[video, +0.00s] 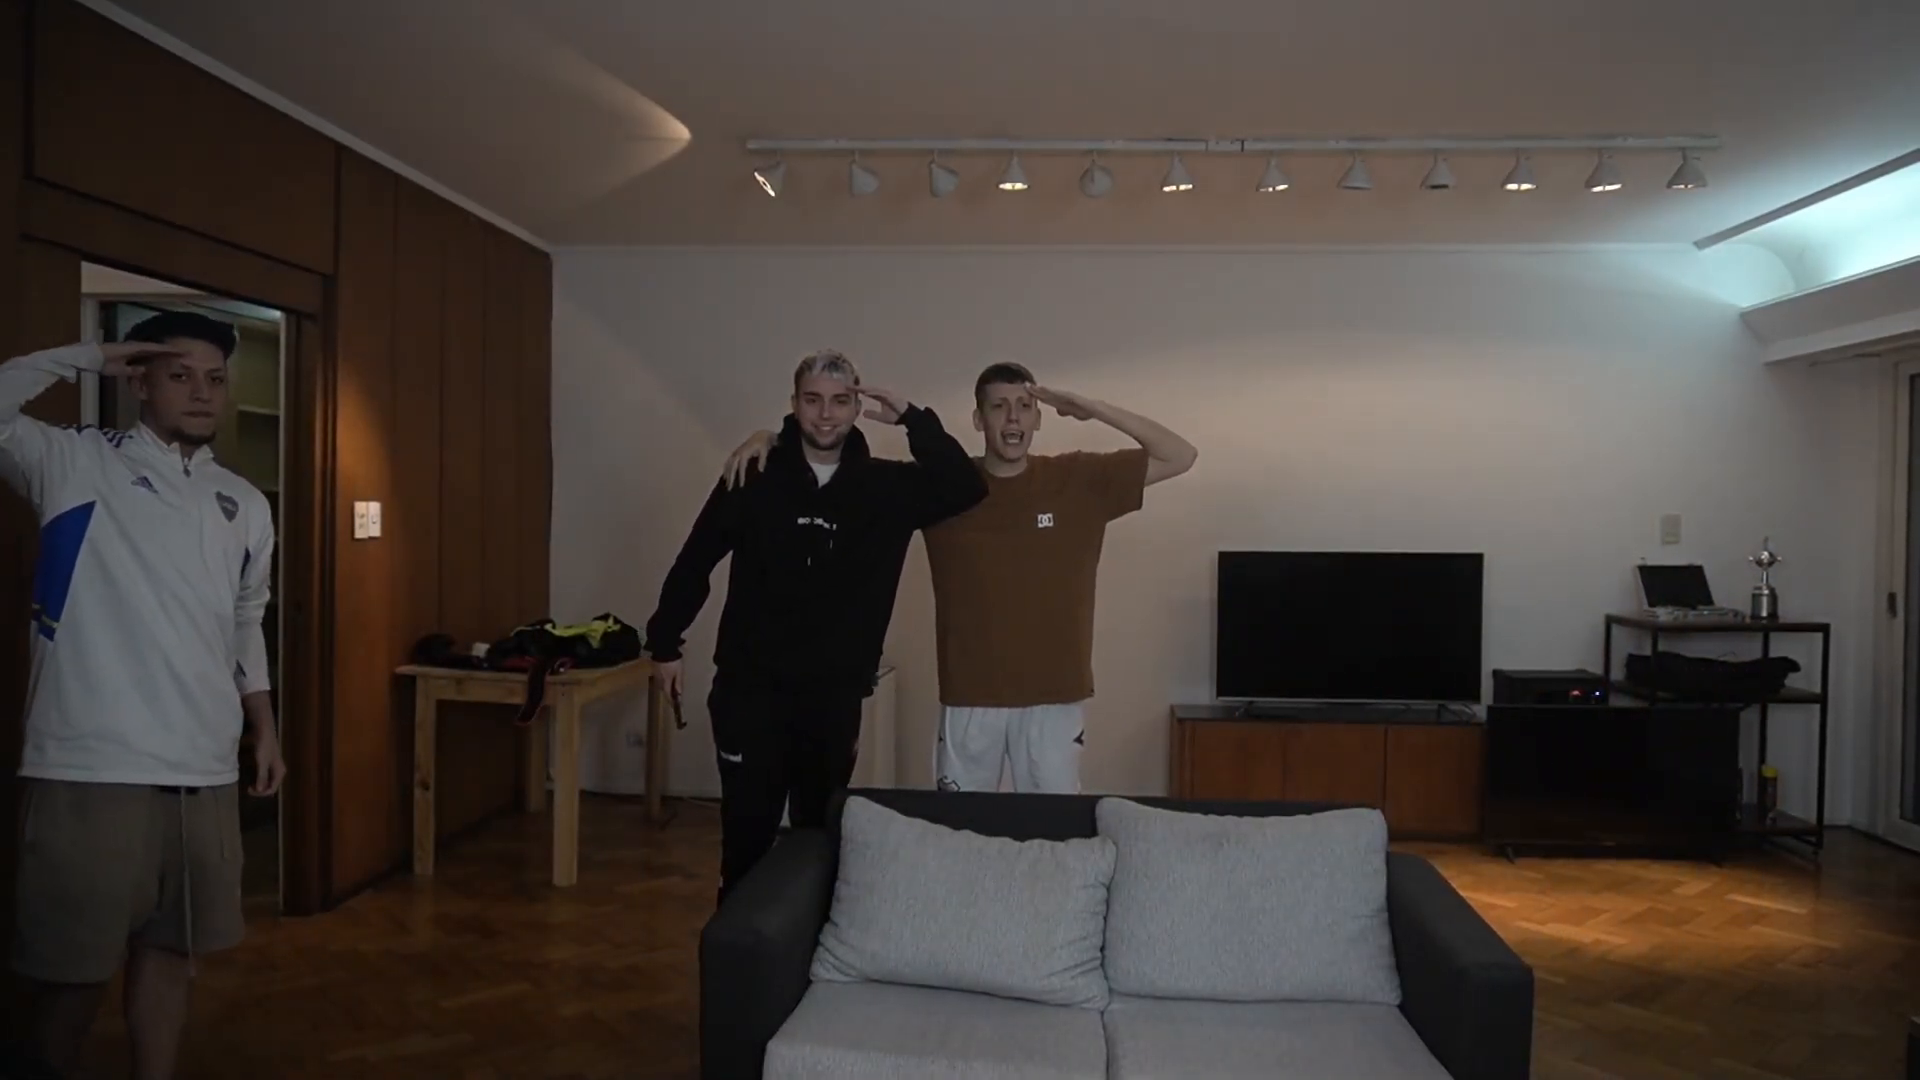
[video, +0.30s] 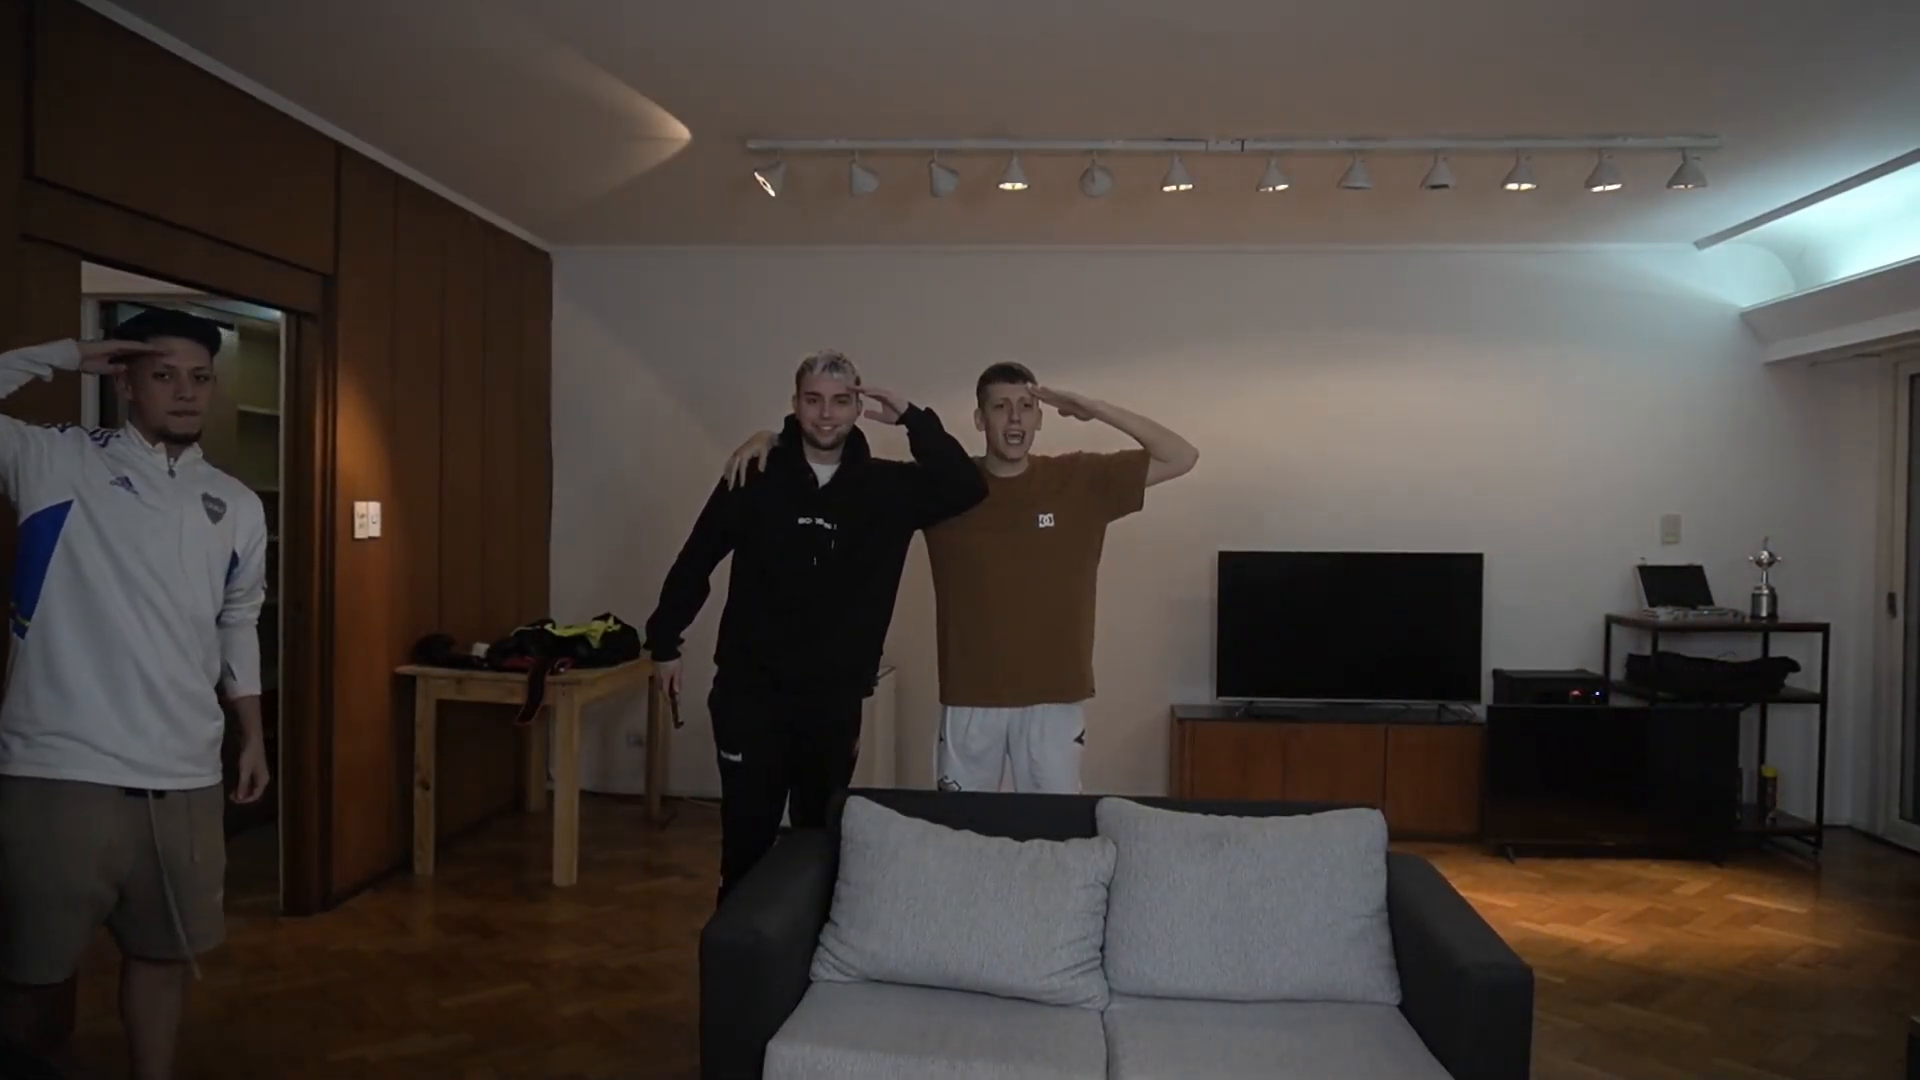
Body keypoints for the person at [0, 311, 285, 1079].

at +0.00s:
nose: (203, 390)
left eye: (216, 378)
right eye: (182, 374)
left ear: (227, 392)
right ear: (138, 384)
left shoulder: (246, 506)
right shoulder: (70, 459)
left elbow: (248, 625)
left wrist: (264, 724)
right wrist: (84, 357)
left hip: (203, 770)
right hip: (87, 767)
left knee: (172, 958)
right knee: (71, 972)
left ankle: (155, 1074)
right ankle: (53, 1075)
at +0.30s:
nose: (185, 389)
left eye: (200, 376)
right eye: (164, 373)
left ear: (213, 390)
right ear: (123, 383)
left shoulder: (238, 506)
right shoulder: (49, 458)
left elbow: (240, 622)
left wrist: (251, 729)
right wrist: (65, 355)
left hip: (184, 773)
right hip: (56, 764)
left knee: (164, 958)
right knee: (39, 972)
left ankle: (154, 1074)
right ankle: (37, 1079)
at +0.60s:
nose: (135, 391)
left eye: (153, 376)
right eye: (115, 373)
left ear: (174, 390)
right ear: (81, 382)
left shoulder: (202, 508)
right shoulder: (21, 469)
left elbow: (211, 627)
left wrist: (225, 741)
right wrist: (26, 366)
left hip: (156, 781)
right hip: (31, 778)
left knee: (147, 965)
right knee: (11, 975)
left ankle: (150, 1077)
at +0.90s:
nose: (42, 386)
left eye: (61, 369)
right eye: (23, 367)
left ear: (93, 382)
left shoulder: (131, 506)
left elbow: (146, 631)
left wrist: (163, 755)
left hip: (93, 786)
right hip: (3, 787)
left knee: (122, 979)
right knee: (8, 994)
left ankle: (138, 1077)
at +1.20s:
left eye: (5, 359)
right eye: (2, 358)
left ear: (26, 371)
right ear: (18, 368)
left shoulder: (77, 494)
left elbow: (104, 623)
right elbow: (106, 624)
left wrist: (120, 749)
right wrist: (118, 749)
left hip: (52, 776)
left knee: (91, 986)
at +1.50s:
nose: (2, 379)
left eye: (6, 365)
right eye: (3, 363)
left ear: (25, 373)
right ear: (16, 370)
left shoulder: (81, 493)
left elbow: (123, 625)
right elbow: (124, 626)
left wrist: (138, 758)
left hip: (50, 802)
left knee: (45, 1021)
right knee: (35, 1020)